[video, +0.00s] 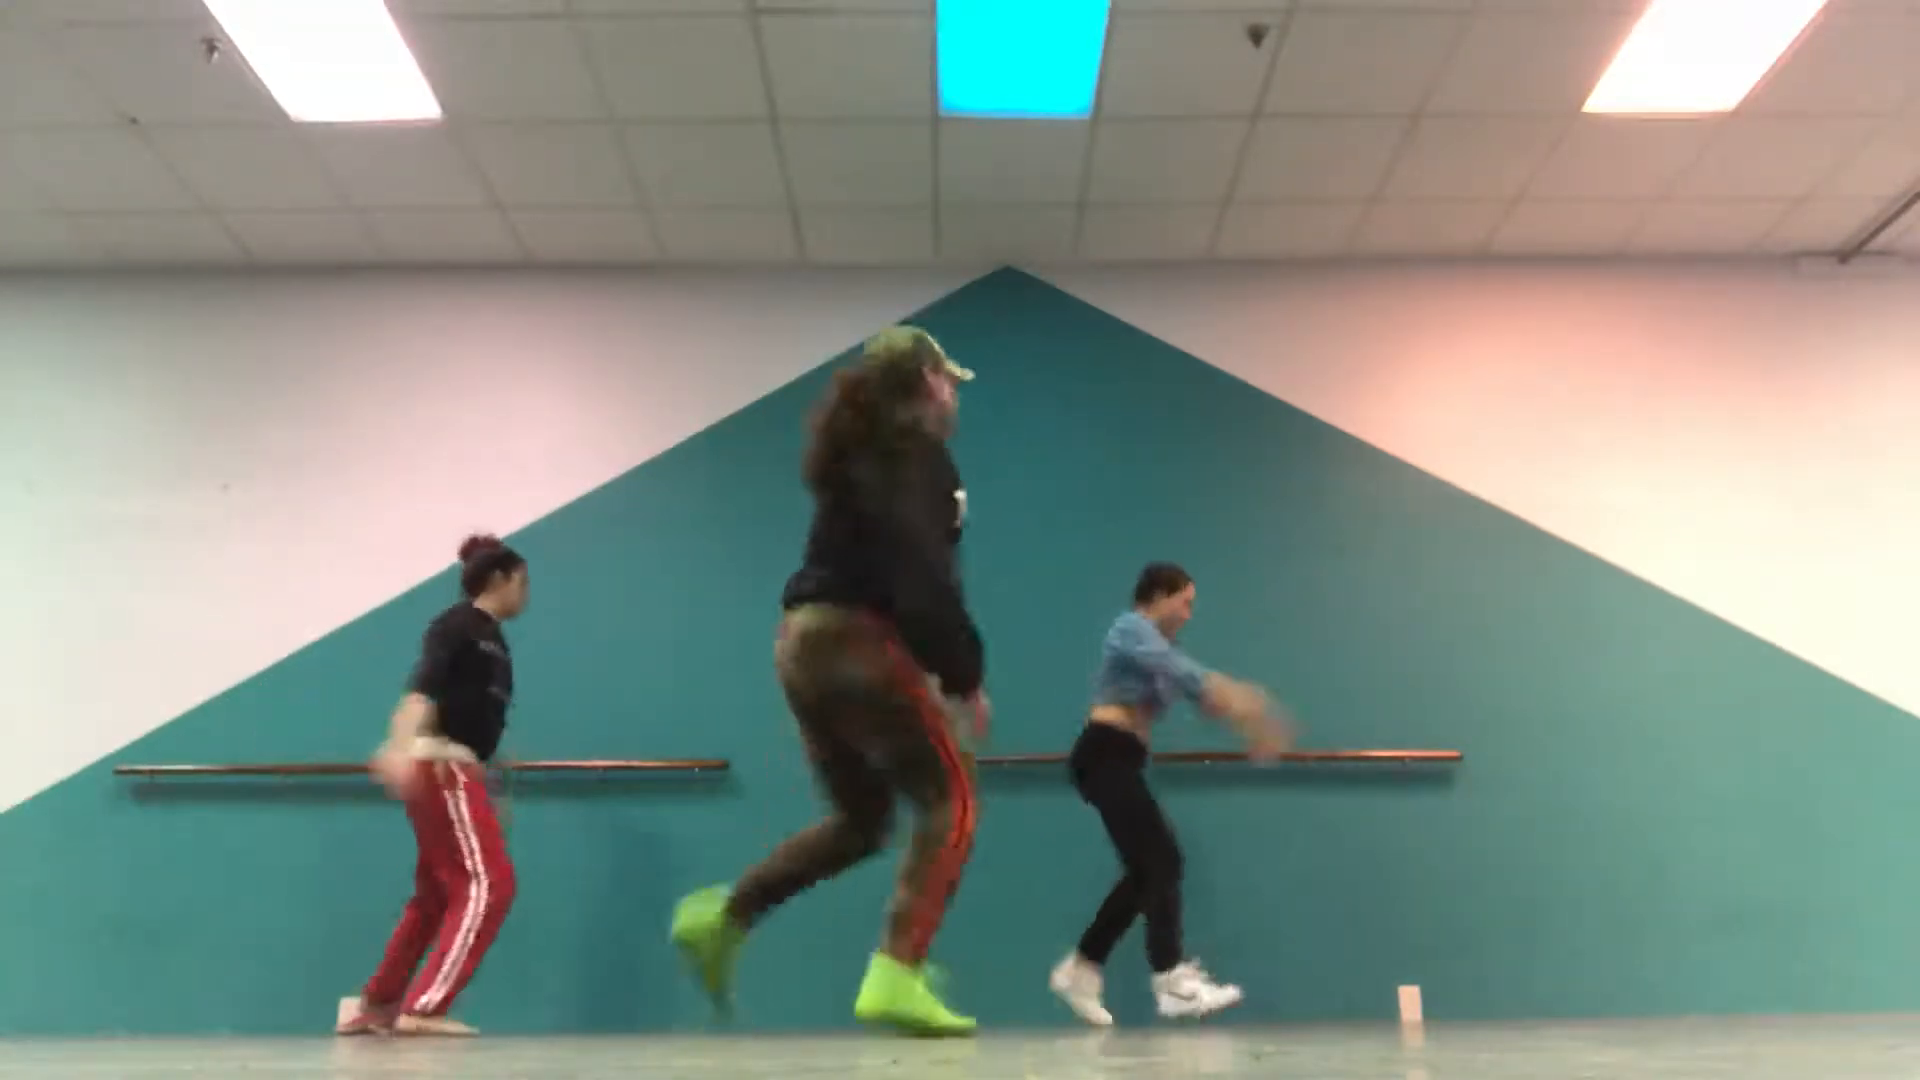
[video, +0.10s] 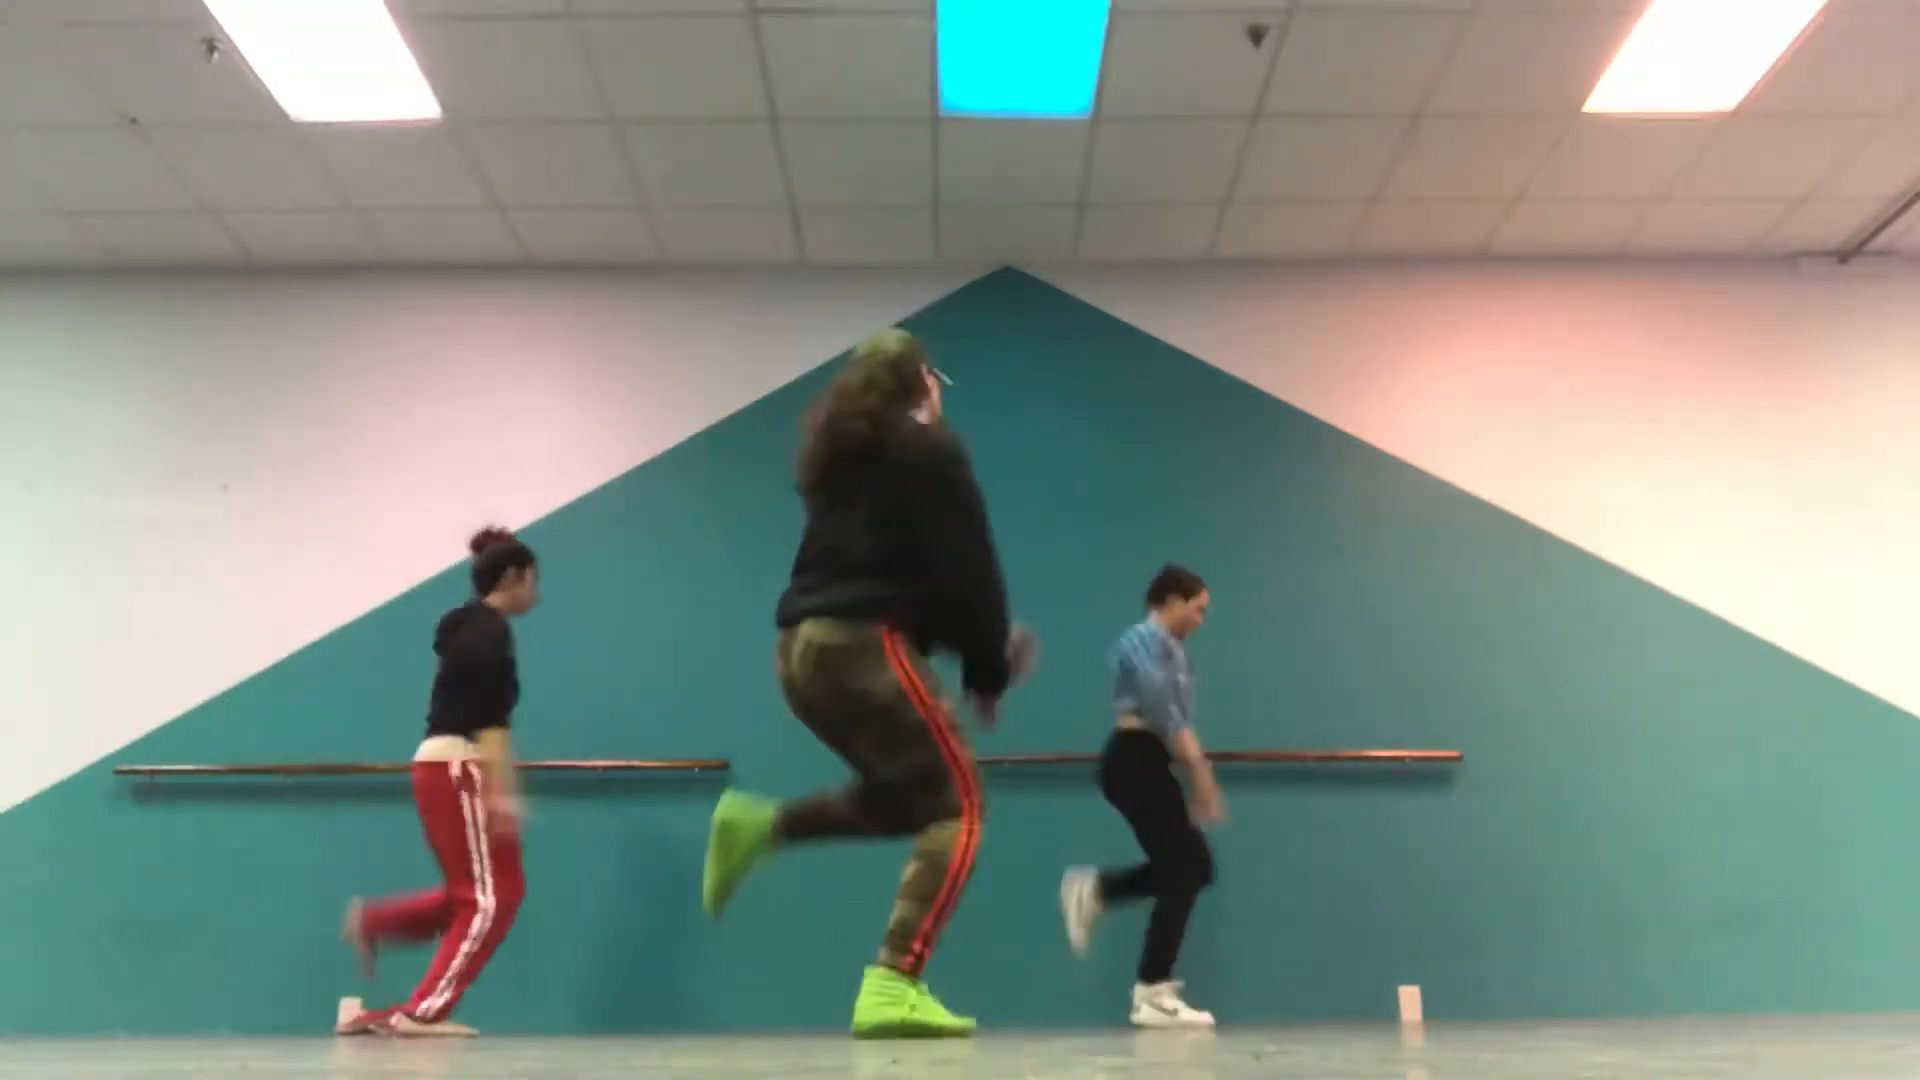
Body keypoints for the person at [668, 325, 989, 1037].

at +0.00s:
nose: (957, 395)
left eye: (952, 382)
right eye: (948, 383)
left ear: (894, 388)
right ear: (925, 386)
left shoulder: (859, 445)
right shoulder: (912, 452)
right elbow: (921, 579)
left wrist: (948, 674)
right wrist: (967, 679)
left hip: (802, 631)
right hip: (853, 632)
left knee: (861, 820)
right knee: (950, 802)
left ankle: (725, 918)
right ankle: (898, 973)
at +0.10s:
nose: (941, 389)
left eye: (935, 378)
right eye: (934, 378)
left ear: (868, 389)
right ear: (916, 388)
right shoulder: (929, 448)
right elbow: (968, 568)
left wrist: (983, 645)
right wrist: (988, 671)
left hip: (800, 652)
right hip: (863, 649)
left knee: (905, 804)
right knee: (958, 809)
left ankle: (762, 825)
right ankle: (895, 980)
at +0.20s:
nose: (926, 370)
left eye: (917, 362)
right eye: (922, 361)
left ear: (849, 370)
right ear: (912, 362)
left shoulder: (835, 438)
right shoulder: (938, 422)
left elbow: (897, 537)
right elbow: (991, 529)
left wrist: (1010, 550)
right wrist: (983, 608)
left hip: (798, 618)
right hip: (868, 613)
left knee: (894, 768)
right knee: (934, 796)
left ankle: (784, 812)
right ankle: (893, 980)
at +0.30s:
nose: (905, 334)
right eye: (901, 324)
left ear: (834, 346)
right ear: (899, 332)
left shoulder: (825, 404)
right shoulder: (938, 391)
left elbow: (888, 478)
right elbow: (984, 505)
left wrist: (997, 486)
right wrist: (970, 535)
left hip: (796, 575)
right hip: (873, 575)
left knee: (890, 744)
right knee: (874, 764)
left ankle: (828, 882)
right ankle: (864, 962)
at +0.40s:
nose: (922, 348)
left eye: (912, 336)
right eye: (915, 338)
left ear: (839, 356)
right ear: (906, 351)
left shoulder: (820, 421)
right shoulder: (935, 413)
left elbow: (840, 491)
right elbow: (976, 502)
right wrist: (1001, 463)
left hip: (795, 585)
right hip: (876, 585)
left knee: (872, 765)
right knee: (849, 771)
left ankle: (896, 949)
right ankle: (766, 947)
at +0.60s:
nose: (857, 399)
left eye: (848, 387)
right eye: (882, 380)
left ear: (837, 391)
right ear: (899, 384)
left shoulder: (819, 458)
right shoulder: (944, 437)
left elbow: (819, 533)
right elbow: (996, 520)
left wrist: (881, 519)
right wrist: (926, 524)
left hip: (819, 620)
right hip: (905, 620)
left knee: (878, 794)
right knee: (873, 795)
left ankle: (917, 977)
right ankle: (769, 948)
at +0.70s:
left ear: (848, 414)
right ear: (908, 408)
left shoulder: (832, 471)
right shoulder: (955, 455)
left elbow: (813, 561)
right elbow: (1016, 528)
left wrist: (861, 587)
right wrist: (953, 535)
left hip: (863, 657)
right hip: (952, 653)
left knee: (885, 827)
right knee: (994, 814)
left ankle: (873, 988)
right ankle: (906, 903)